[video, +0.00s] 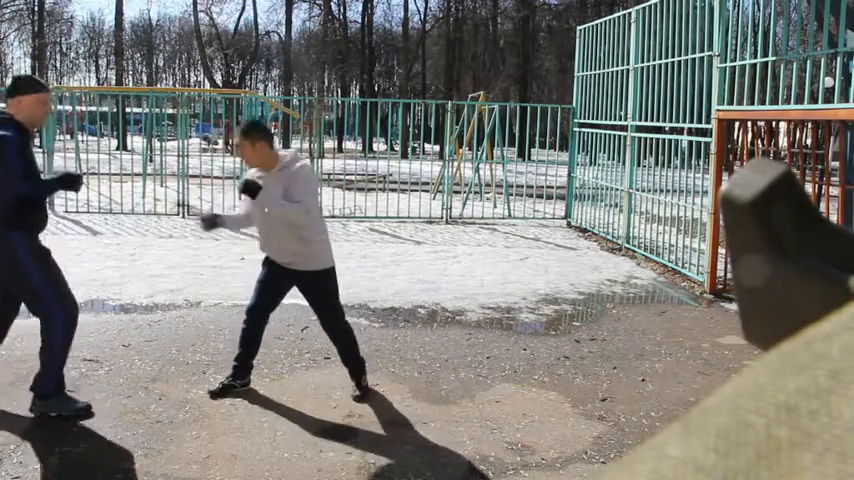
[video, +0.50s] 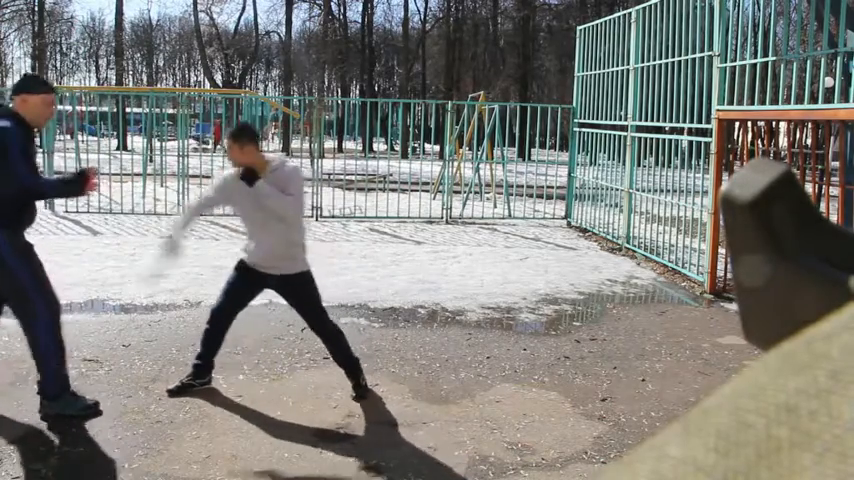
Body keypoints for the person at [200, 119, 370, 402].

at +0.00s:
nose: (240, 155)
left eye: (242, 149)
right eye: (239, 150)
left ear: (260, 145)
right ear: (256, 146)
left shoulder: (300, 170)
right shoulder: (258, 178)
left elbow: (306, 215)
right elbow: (249, 218)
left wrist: (264, 198)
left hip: (314, 264)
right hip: (278, 262)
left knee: (334, 323)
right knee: (255, 314)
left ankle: (358, 375)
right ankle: (240, 376)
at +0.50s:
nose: (229, 156)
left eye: (232, 149)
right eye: (228, 150)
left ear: (248, 148)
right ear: (242, 150)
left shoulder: (288, 172)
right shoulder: (233, 183)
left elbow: (294, 211)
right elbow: (200, 205)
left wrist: (257, 183)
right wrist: (175, 234)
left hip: (292, 269)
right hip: (253, 266)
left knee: (322, 326)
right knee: (219, 316)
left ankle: (356, 375)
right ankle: (200, 373)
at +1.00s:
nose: (182, 153)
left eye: (185, 147)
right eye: (182, 147)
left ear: (203, 145)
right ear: (199, 147)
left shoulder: (245, 169)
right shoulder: (189, 183)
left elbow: (258, 210)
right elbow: (165, 214)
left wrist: (214, 195)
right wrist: (130, 238)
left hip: (267, 259)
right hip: (230, 260)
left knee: (289, 318)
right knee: (209, 313)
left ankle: (317, 370)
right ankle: (199, 374)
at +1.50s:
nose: (244, 141)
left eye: (247, 135)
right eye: (243, 136)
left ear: (266, 133)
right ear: (260, 135)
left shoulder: (295, 165)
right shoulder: (258, 164)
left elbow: (273, 206)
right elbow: (249, 204)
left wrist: (246, 166)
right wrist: (223, 182)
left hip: (283, 262)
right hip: (252, 258)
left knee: (292, 323)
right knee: (228, 313)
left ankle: (316, 375)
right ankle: (215, 373)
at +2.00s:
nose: (177, 135)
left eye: (182, 130)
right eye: (178, 130)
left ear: (199, 132)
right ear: (193, 133)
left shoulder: (234, 164)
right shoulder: (178, 159)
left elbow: (227, 201)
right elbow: (148, 138)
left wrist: (195, 167)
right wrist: (121, 114)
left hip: (243, 258)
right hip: (208, 256)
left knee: (271, 317)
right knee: (180, 309)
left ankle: (307, 371)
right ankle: (174, 368)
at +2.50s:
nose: (208, 135)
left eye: (213, 130)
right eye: (209, 130)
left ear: (231, 134)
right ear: (223, 133)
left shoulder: (259, 166)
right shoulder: (209, 152)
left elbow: (246, 208)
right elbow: (173, 124)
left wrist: (219, 169)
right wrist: (139, 92)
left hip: (255, 258)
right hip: (221, 253)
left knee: (276, 320)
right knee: (197, 311)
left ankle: (308, 371)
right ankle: (175, 368)